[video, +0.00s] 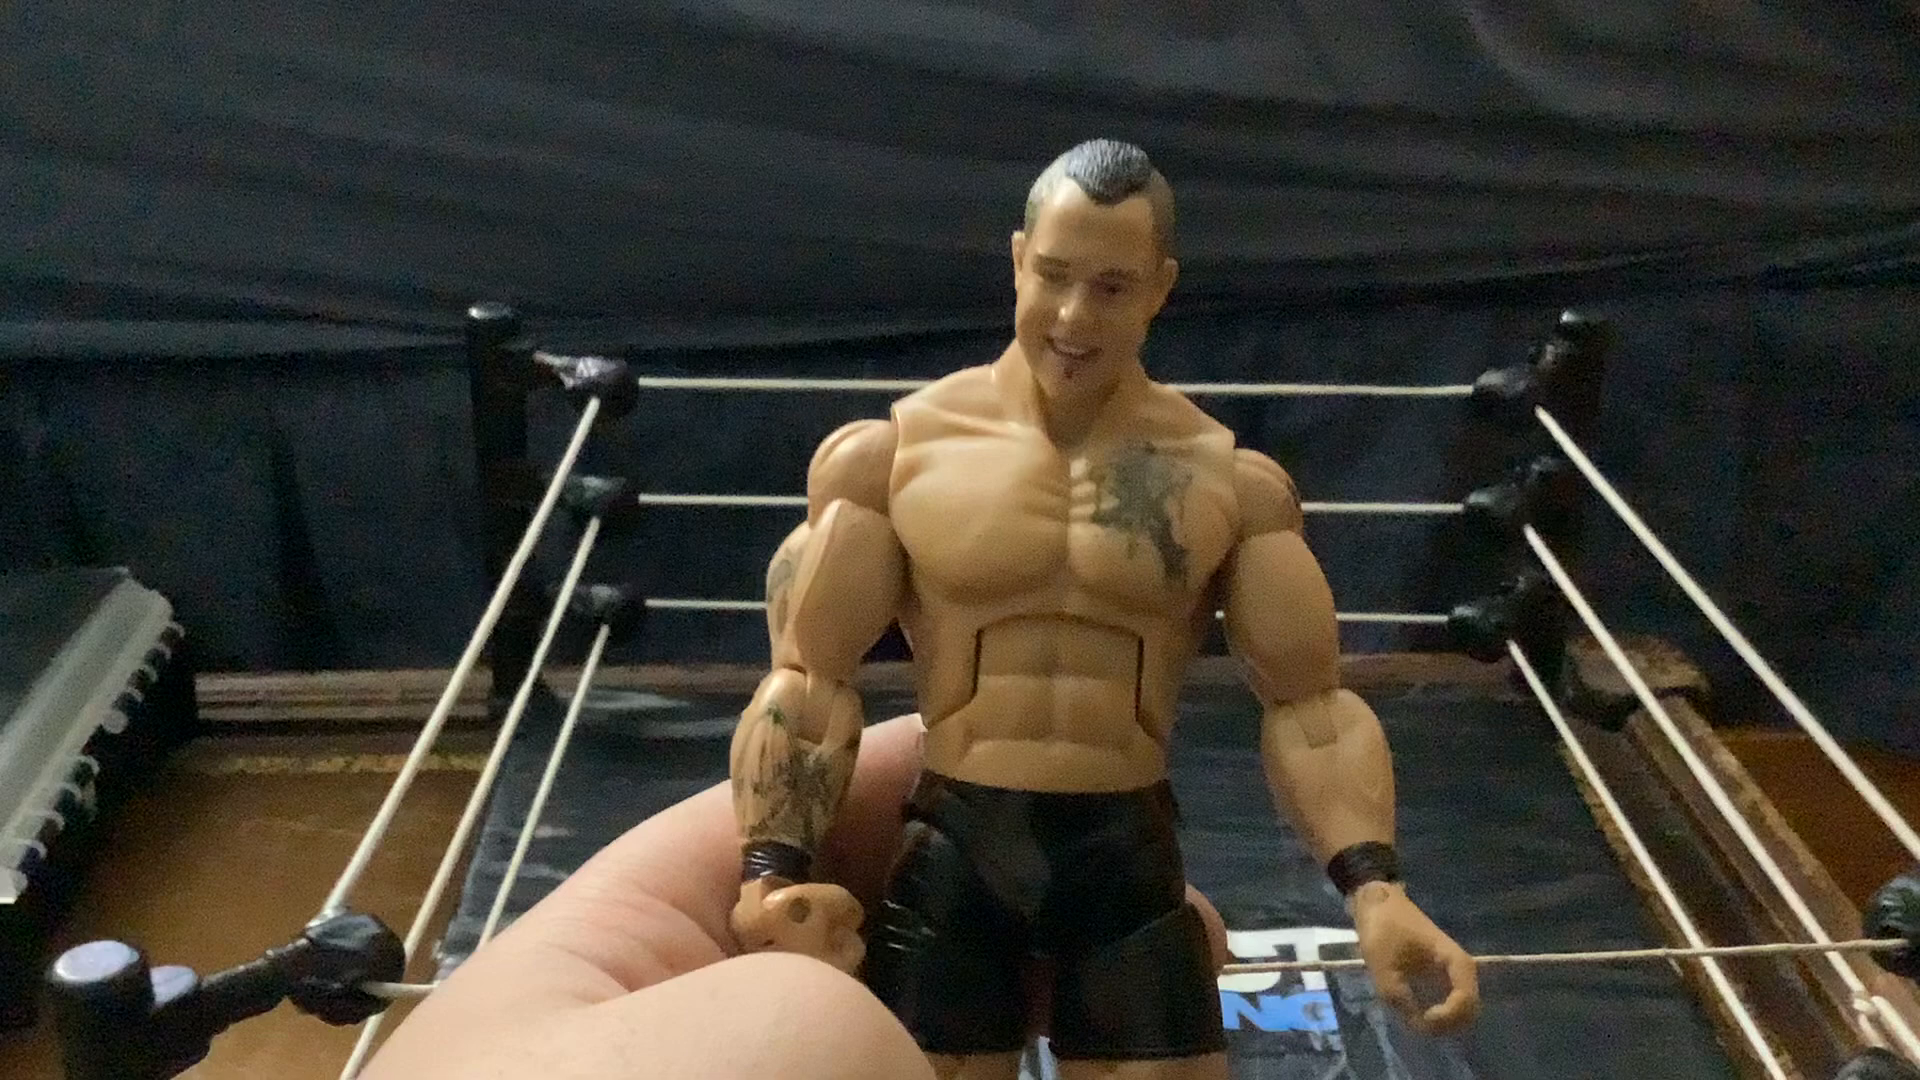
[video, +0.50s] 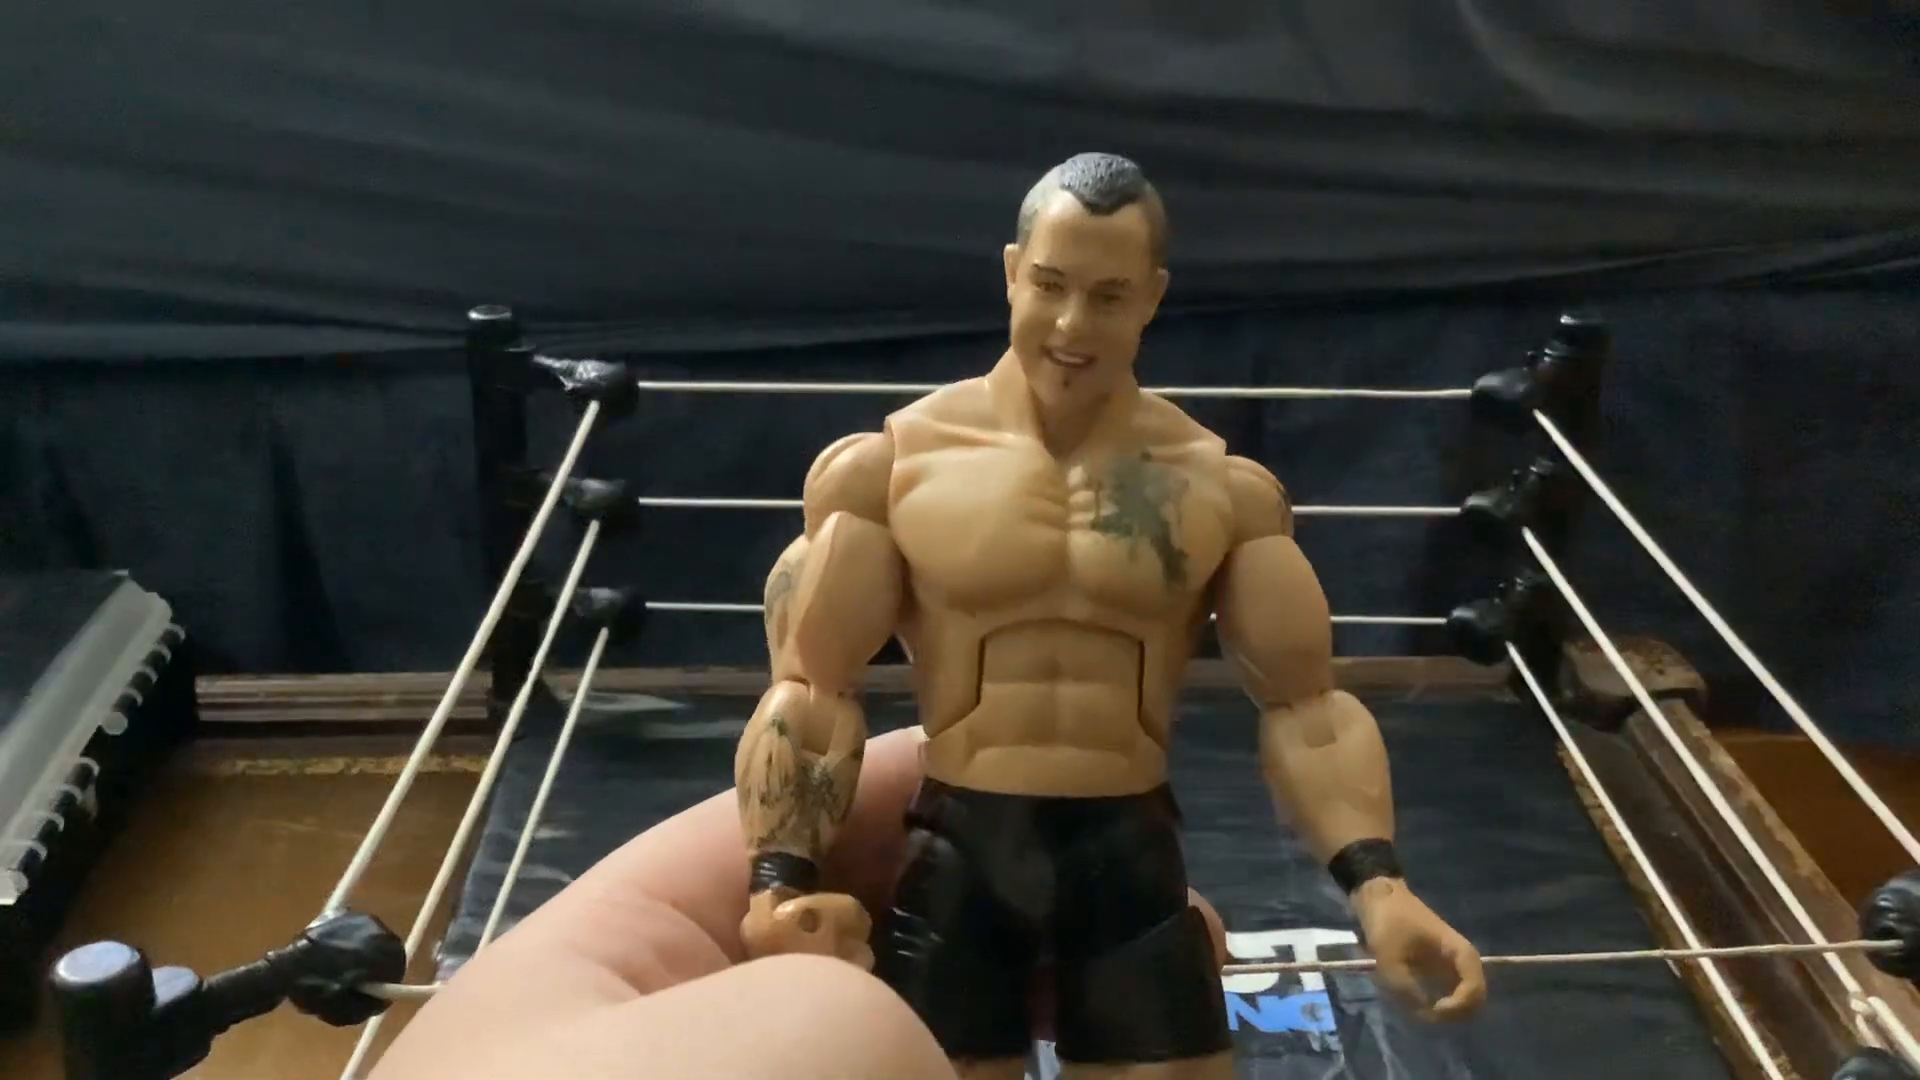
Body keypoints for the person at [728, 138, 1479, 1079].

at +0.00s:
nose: (1075, 315)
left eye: (1112, 286)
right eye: (1053, 275)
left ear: (1163, 289)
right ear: (1016, 261)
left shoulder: (1230, 479)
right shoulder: (889, 453)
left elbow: (1310, 702)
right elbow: (809, 677)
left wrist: (1375, 887)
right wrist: (771, 870)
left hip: (1130, 872)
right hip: (953, 871)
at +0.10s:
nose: (1059, 313)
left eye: (1097, 284)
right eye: (1038, 275)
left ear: (1147, 287)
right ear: (1000, 263)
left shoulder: (1214, 475)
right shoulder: (877, 452)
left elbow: (1297, 696)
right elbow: (801, 675)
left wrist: (1365, 879)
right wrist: (767, 862)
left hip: (1121, 867)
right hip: (948, 867)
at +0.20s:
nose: (1057, 312)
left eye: (1093, 284)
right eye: (1036, 275)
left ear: (1143, 287)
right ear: (999, 264)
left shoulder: (1213, 476)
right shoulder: (874, 455)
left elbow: (1298, 696)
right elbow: (800, 679)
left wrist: (1367, 879)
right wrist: (767, 867)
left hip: (1123, 871)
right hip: (947, 870)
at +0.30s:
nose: (1065, 314)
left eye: (1100, 286)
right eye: (1043, 277)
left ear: (1149, 290)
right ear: (1006, 267)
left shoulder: (1218, 480)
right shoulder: (882, 458)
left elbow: (1303, 699)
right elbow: (805, 679)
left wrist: (1372, 879)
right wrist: (771, 869)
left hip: (1128, 871)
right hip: (951, 870)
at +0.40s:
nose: (1064, 319)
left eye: (1100, 290)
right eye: (1043, 281)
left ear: (1149, 294)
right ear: (1006, 271)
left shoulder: (1217, 482)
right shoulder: (882, 461)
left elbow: (1304, 700)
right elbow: (808, 682)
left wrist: (1374, 883)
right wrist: (774, 872)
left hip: (1128, 874)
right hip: (954, 872)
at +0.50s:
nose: (1071, 326)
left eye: (1109, 296)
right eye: (1051, 286)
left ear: (1155, 297)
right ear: (1012, 275)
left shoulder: (1224, 488)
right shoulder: (887, 465)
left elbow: (1308, 707)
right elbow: (814, 688)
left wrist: (1381, 890)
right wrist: (779, 883)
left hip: (1133, 880)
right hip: (957, 878)